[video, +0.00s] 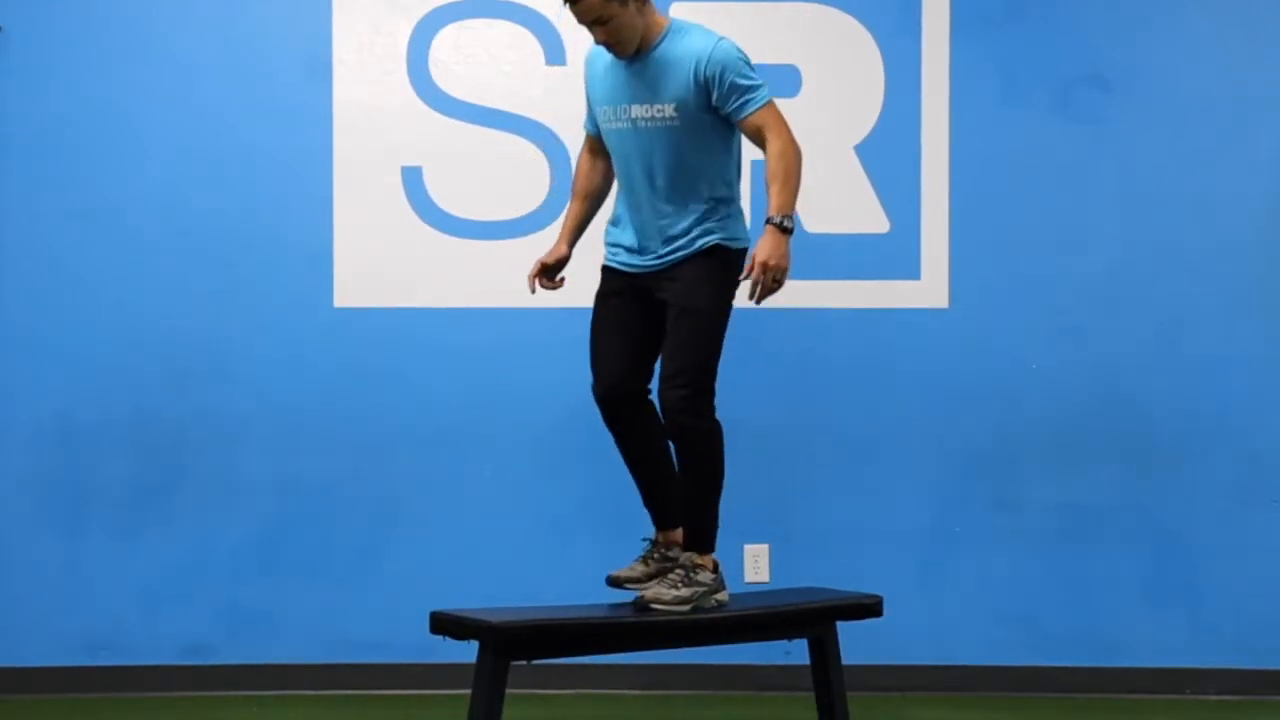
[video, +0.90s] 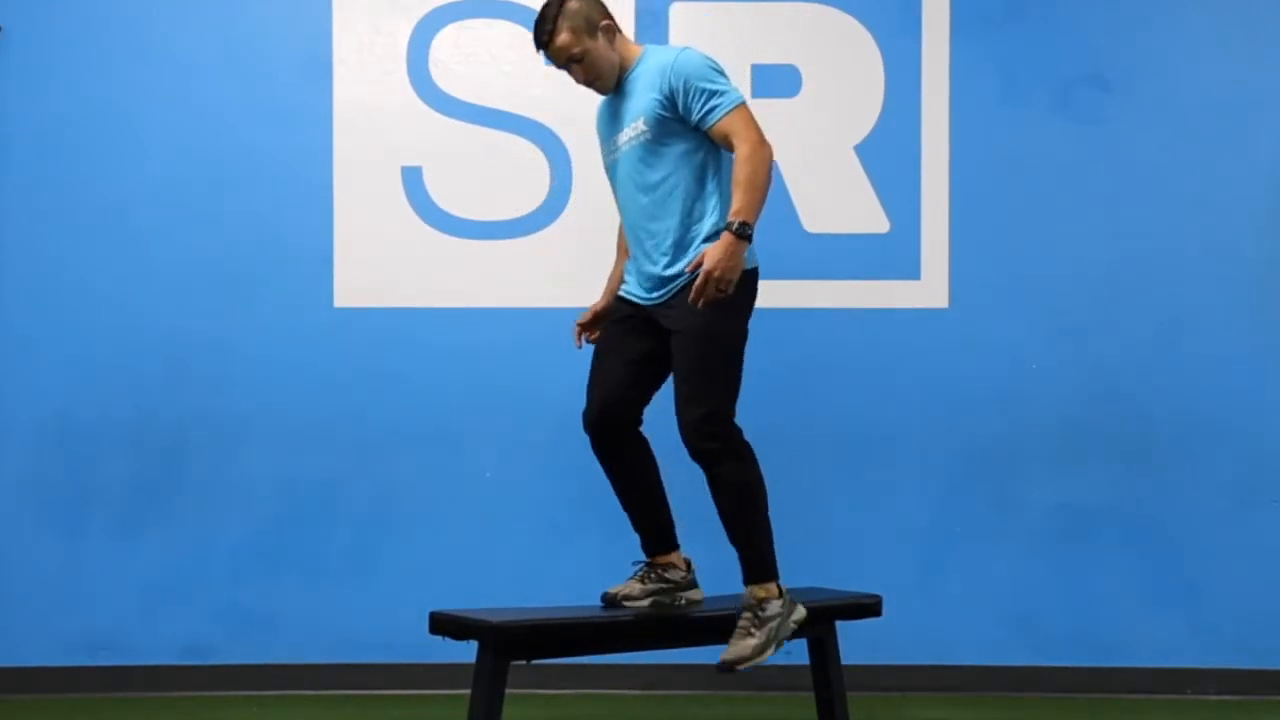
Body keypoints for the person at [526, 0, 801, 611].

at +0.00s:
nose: (595, 37)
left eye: (600, 21)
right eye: (586, 25)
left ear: (636, 3)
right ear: (585, 17)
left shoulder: (708, 57)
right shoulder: (600, 64)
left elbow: (782, 142)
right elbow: (598, 155)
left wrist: (777, 229)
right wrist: (565, 239)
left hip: (704, 251)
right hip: (628, 256)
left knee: (685, 397)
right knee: (615, 390)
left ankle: (701, 563)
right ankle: (672, 539)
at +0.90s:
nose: (575, 76)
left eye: (575, 59)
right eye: (564, 68)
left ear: (608, 28)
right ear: (566, 63)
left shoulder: (678, 68)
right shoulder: (609, 116)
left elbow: (755, 148)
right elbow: (635, 220)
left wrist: (736, 237)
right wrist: (612, 296)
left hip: (707, 281)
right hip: (642, 295)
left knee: (707, 428)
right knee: (607, 420)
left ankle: (768, 597)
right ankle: (668, 568)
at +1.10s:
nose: (576, 151)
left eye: (576, 134)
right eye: (566, 144)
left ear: (608, 104)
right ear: (581, 128)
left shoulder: (671, 136)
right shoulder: (623, 180)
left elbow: (740, 209)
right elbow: (651, 283)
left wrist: (709, 301)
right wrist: (638, 351)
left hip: (735, 342)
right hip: (666, 349)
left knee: (753, 499)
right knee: (585, 435)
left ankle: (797, 677)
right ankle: (666, 567)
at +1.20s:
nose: (590, 197)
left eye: (589, 181)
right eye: (581, 189)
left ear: (623, 151)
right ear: (613, 164)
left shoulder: (682, 181)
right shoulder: (638, 223)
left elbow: (746, 255)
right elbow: (665, 319)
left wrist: (697, 346)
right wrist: (659, 386)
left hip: (745, 389)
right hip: (685, 385)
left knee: (767, 558)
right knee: (579, 440)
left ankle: (810, 709)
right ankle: (665, 566)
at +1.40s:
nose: (635, 236)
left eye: (634, 220)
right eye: (625, 226)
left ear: (666, 190)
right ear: (660, 197)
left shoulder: (734, 234)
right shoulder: (678, 259)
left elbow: (779, 336)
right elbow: (705, 367)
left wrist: (741, 433)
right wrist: (698, 452)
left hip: (777, 430)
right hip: (714, 417)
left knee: (768, 595)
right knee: (593, 435)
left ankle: (827, 712)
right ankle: (667, 560)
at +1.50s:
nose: (649, 222)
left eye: (650, 206)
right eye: (641, 212)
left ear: (685, 179)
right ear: (675, 184)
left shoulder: (753, 228)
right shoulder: (694, 245)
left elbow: (811, 324)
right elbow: (711, 349)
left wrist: (798, 433)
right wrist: (701, 438)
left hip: (779, 430)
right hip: (719, 411)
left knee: (788, 595)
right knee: (601, 431)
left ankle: (829, 713)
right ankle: (667, 561)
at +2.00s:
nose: (737, 188)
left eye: (742, 173)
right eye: (729, 176)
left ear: (784, 154)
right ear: (728, 167)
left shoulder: (850, 215)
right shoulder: (756, 220)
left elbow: (903, 320)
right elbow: (752, 320)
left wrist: (872, 418)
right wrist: (714, 414)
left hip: (814, 427)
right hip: (751, 390)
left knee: (815, 591)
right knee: (630, 404)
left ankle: (836, 715)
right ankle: (697, 529)